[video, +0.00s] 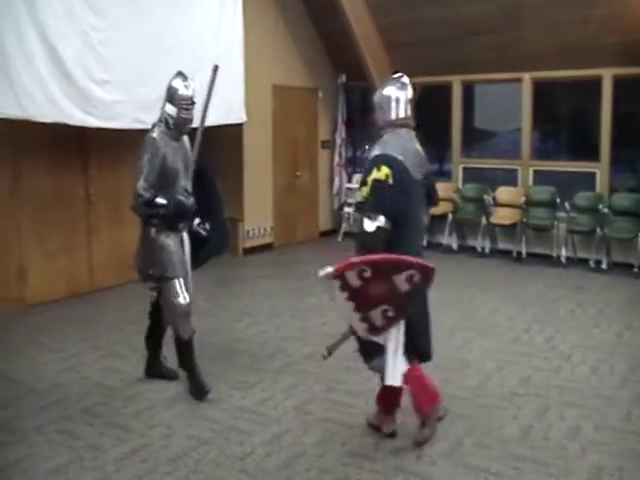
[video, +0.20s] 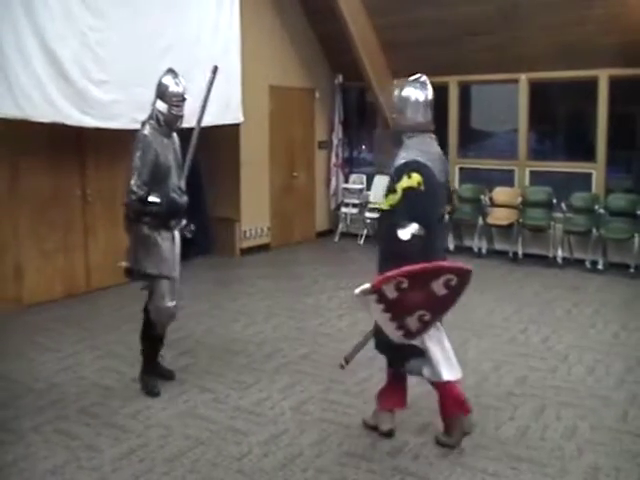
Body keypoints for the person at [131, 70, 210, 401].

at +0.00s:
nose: (188, 111)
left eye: (191, 105)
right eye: (182, 104)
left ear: (194, 106)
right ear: (168, 105)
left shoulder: (183, 140)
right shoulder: (156, 142)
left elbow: (182, 190)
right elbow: (140, 199)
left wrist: (195, 218)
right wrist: (180, 211)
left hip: (179, 228)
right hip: (161, 231)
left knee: (165, 298)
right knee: (180, 303)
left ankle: (154, 361)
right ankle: (193, 376)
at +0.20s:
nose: (179, 108)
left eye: (182, 102)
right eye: (173, 102)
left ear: (184, 103)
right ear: (159, 102)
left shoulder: (172, 137)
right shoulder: (148, 138)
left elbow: (172, 188)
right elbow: (135, 197)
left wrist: (182, 218)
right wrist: (172, 207)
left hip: (170, 227)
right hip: (152, 228)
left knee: (164, 300)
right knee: (162, 303)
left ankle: (153, 360)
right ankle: (148, 368)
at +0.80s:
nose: (183, 105)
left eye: (186, 99)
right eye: (176, 99)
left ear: (188, 101)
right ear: (160, 101)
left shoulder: (178, 139)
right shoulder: (150, 140)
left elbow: (178, 185)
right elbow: (135, 198)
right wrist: (176, 202)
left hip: (180, 230)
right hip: (152, 233)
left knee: (196, 298)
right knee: (147, 307)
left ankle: (198, 366)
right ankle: (138, 371)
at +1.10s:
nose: (210, 109)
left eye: (214, 103)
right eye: (204, 102)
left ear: (217, 104)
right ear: (189, 103)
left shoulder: (205, 138)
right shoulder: (177, 138)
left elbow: (207, 189)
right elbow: (165, 197)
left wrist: (219, 224)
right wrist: (203, 199)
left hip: (207, 233)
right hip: (179, 236)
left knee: (218, 303)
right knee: (172, 309)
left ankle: (214, 371)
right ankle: (144, 367)